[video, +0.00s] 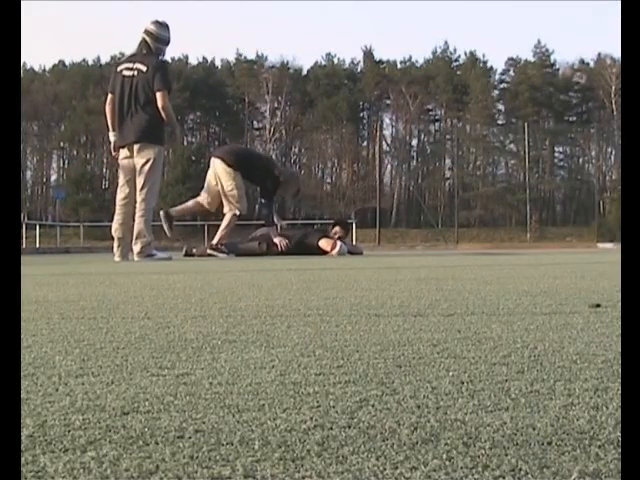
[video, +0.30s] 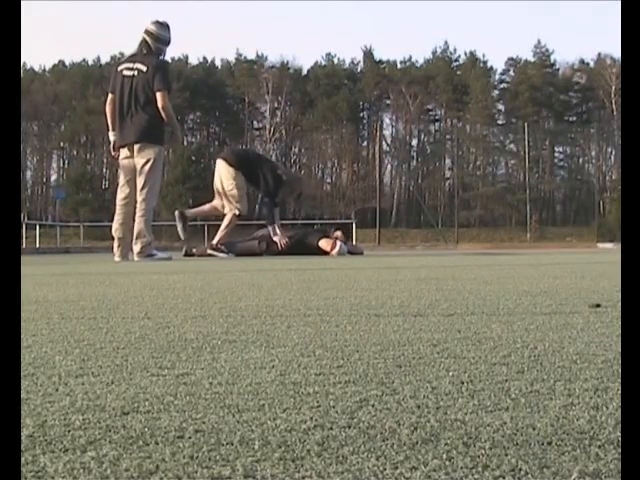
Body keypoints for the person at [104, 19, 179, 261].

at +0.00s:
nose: (165, 49)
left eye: (165, 45)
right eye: (165, 45)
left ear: (144, 38)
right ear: (160, 43)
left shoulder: (121, 65)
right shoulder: (157, 64)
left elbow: (110, 102)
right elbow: (162, 102)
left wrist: (113, 133)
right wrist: (173, 125)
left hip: (123, 136)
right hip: (148, 136)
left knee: (124, 194)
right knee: (146, 196)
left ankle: (119, 249)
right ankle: (142, 248)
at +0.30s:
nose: (166, 49)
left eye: (166, 45)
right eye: (165, 45)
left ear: (144, 38)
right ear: (161, 43)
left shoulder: (122, 64)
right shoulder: (157, 64)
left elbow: (110, 102)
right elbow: (162, 102)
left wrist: (113, 133)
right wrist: (175, 125)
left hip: (124, 136)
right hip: (148, 136)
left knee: (124, 194)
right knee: (146, 195)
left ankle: (119, 249)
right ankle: (143, 248)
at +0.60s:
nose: (164, 48)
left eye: (164, 44)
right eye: (164, 44)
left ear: (142, 38)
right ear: (159, 43)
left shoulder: (121, 65)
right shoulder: (156, 65)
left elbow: (111, 104)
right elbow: (162, 101)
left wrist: (114, 134)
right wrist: (173, 128)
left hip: (124, 137)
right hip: (149, 137)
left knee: (124, 195)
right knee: (146, 195)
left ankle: (119, 249)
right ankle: (143, 248)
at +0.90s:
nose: (161, 47)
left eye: (161, 43)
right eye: (160, 43)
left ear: (139, 38)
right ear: (156, 42)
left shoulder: (120, 65)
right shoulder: (154, 64)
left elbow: (109, 104)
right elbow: (160, 100)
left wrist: (113, 136)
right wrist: (172, 135)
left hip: (123, 138)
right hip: (148, 138)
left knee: (124, 196)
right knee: (146, 196)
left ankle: (119, 249)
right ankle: (143, 248)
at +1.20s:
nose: (160, 47)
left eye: (160, 43)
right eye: (159, 43)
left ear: (138, 38)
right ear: (155, 42)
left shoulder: (119, 65)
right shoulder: (153, 64)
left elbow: (108, 104)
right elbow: (159, 101)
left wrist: (110, 136)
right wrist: (172, 134)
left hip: (122, 137)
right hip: (147, 137)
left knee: (123, 195)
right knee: (145, 196)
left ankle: (119, 249)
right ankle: (142, 248)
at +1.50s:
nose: (160, 47)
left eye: (160, 43)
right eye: (159, 43)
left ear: (138, 38)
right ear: (155, 42)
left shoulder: (118, 65)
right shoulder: (153, 64)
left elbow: (107, 104)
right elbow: (159, 101)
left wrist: (110, 136)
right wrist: (172, 134)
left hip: (121, 138)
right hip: (147, 137)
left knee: (122, 196)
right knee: (144, 197)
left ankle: (119, 249)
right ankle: (142, 248)